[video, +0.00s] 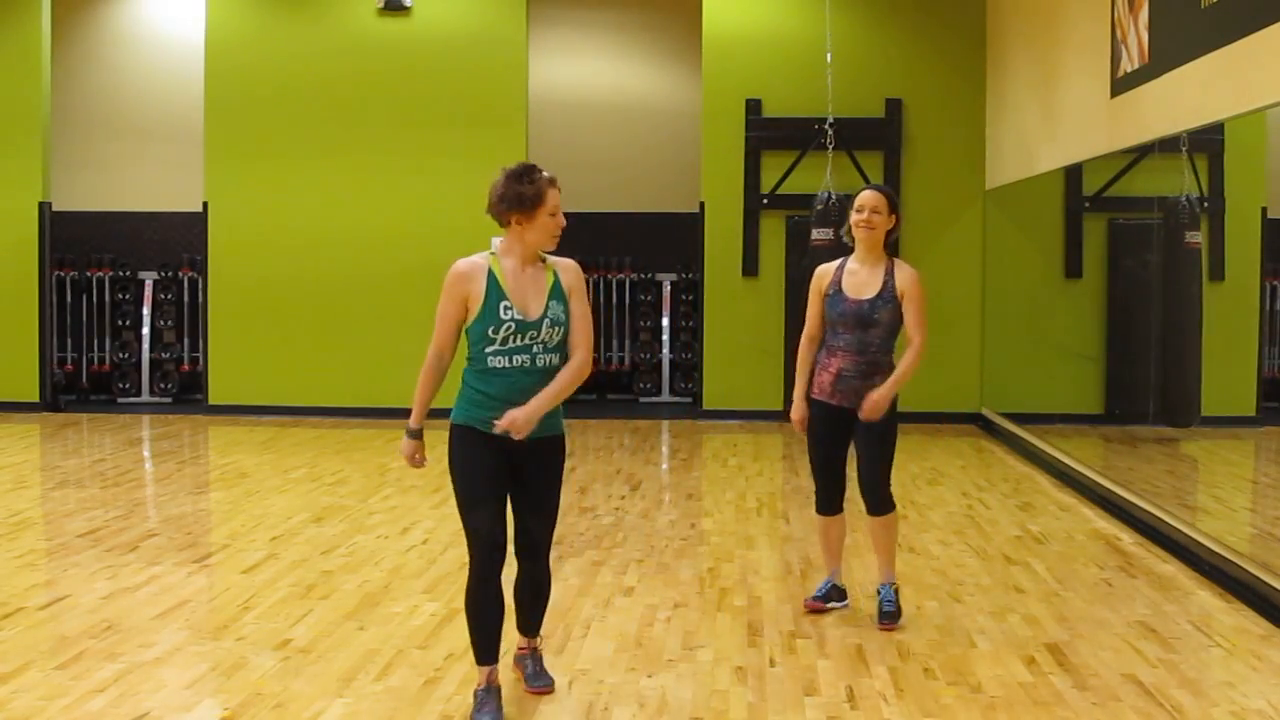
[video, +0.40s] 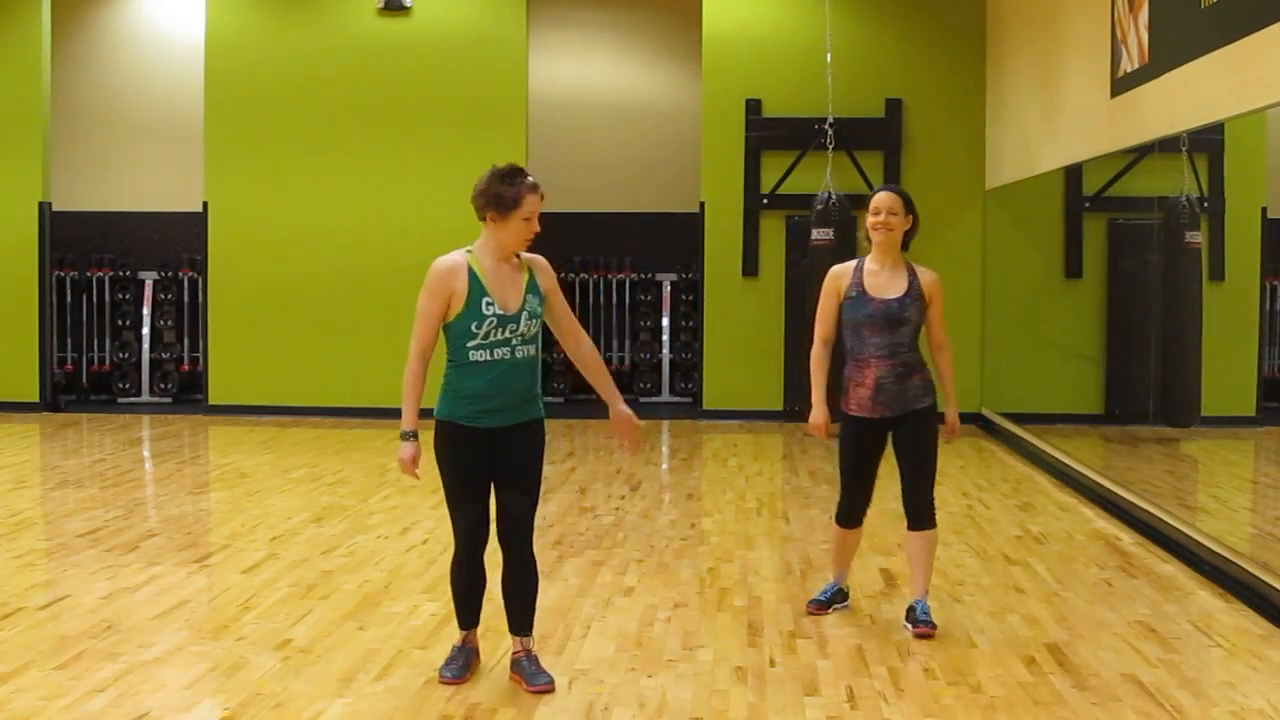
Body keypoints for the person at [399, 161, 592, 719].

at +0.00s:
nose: (563, 221)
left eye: (561, 212)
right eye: (553, 213)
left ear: (532, 219)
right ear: (516, 219)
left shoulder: (567, 275)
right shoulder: (468, 275)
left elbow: (581, 359)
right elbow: (439, 354)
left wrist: (535, 408)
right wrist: (415, 424)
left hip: (542, 434)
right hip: (477, 433)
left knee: (535, 554)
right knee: (486, 556)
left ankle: (529, 648)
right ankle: (487, 679)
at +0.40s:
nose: (537, 227)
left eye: (538, 217)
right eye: (528, 218)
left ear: (519, 219)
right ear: (493, 217)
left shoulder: (537, 271)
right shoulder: (449, 272)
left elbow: (575, 340)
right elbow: (418, 355)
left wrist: (617, 402)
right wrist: (408, 432)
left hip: (522, 429)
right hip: (462, 431)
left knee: (518, 540)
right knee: (469, 542)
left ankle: (523, 648)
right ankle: (467, 641)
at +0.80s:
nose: (516, 221)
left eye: (519, 211)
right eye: (505, 212)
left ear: (522, 214)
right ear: (474, 215)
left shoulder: (534, 274)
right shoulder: (440, 274)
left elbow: (552, 350)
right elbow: (407, 353)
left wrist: (565, 420)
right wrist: (383, 426)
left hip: (511, 424)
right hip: (451, 424)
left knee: (496, 531)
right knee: (462, 535)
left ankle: (501, 641)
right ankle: (467, 641)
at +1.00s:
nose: (505, 205)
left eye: (514, 198)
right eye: (494, 199)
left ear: (527, 212)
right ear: (477, 213)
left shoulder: (547, 277)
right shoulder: (451, 272)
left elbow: (543, 364)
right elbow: (423, 349)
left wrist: (508, 425)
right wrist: (402, 422)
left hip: (518, 420)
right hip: (456, 421)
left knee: (548, 531)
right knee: (466, 535)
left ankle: (565, 639)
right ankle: (467, 642)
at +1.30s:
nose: (537, 207)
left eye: (546, 200)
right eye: (526, 201)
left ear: (561, 214)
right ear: (510, 216)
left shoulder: (584, 274)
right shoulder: (493, 277)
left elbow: (599, 358)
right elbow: (478, 349)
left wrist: (553, 413)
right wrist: (442, 381)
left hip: (567, 425)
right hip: (503, 425)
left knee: (595, 538)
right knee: (485, 541)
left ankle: (619, 652)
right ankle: (475, 643)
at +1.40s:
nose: (545, 210)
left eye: (554, 202)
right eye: (534, 204)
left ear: (570, 215)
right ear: (520, 218)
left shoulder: (595, 274)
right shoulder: (507, 280)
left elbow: (616, 357)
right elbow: (484, 356)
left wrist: (588, 420)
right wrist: (457, 331)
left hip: (586, 425)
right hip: (523, 427)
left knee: (610, 539)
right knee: (486, 532)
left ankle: (621, 652)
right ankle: (492, 641)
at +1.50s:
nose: (549, 211)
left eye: (558, 203)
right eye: (538, 204)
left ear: (574, 213)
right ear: (525, 218)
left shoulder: (600, 271)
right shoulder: (514, 277)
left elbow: (625, 353)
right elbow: (466, 335)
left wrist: (627, 425)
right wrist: (467, 272)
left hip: (598, 426)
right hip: (535, 426)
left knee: (614, 541)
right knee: (486, 526)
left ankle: (622, 653)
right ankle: (491, 640)